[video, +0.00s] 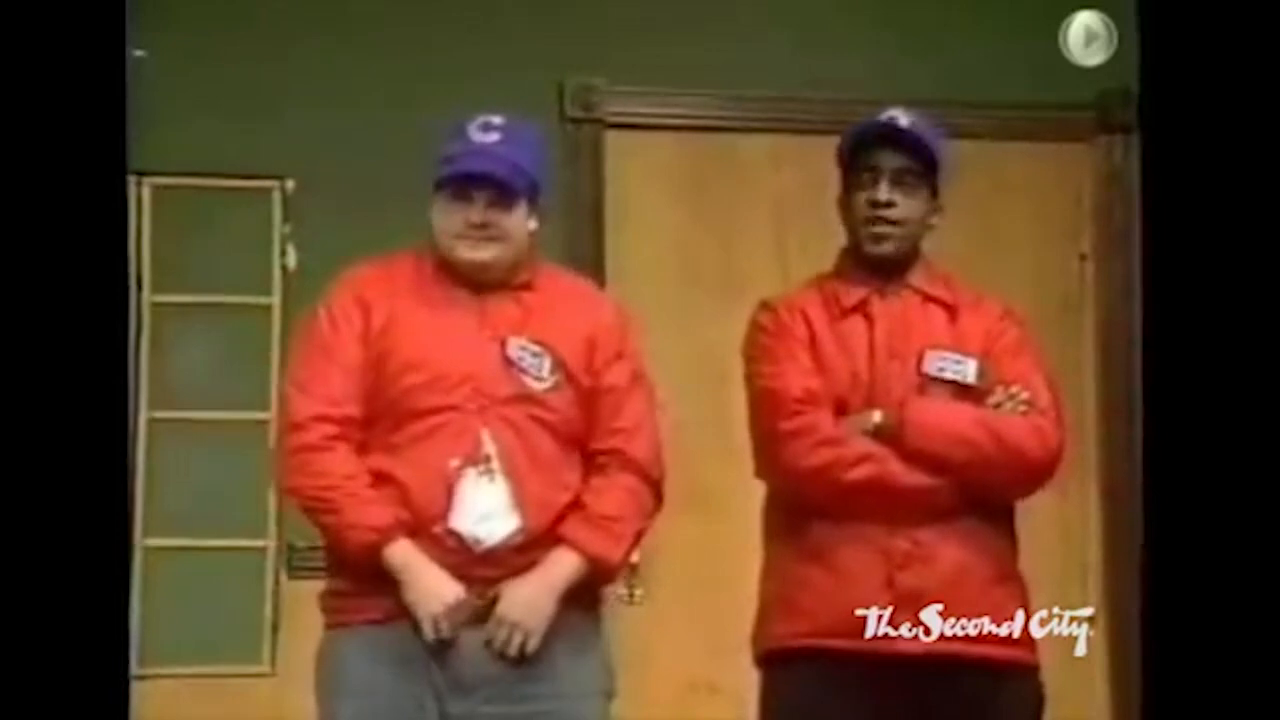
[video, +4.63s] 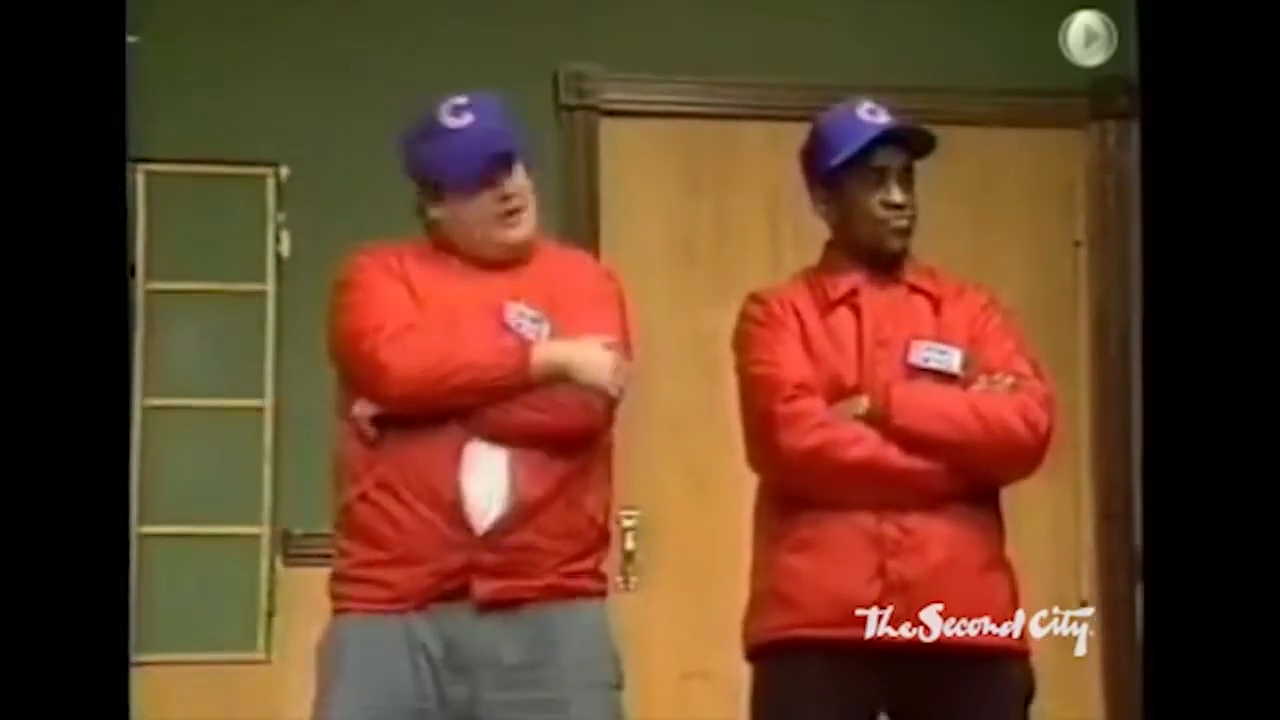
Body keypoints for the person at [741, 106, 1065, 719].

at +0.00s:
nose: (881, 198)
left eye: (904, 183)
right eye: (866, 181)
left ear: (933, 207)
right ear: (841, 201)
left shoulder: (989, 322)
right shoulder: (788, 319)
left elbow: (1035, 448)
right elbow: (797, 459)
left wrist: (891, 423)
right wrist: (973, 462)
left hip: (974, 646)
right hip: (825, 646)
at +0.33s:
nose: (877, 194)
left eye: (901, 179)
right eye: (863, 177)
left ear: (933, 204)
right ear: (842, 197)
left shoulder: (990, 321)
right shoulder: (788, 317)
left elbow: (1035, 458)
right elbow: (796, 457)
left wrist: (905, 411)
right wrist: (968, 470)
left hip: (974, 648)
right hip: (823, 646)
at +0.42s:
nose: (872, 188)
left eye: (896, 172)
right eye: (859, 171)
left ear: (932, 196)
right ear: (840, 191)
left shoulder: (993, 317)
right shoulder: (787, 318)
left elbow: (1023, 462)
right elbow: (785, 459)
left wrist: (965, 364)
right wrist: (948, 463)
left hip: (972, 647)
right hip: (823, 648)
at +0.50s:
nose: (863, 186)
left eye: (888, 170)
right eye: (853, 170)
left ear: (932, 193)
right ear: (838, 187)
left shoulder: (986, 305)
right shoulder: (787, 316)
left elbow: (1014, 444)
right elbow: (780, 459)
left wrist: (952, 323)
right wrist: (940, 456)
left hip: (973, 644)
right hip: (822, 648)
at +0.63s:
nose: (848, 194)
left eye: (872, 177)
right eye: (844, 178)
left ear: (930, 199)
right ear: (835, 190)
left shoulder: (999, 309)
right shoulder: (797, 313)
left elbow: (1001, 438)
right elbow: (783, 462)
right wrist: (948, 449)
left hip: (975, 649)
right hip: (824, 651)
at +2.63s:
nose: (885, 191)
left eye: (894, 173)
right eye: (858, 177)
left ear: (909, 187)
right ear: (816, 200)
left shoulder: (969, 307)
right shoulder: (776, 315)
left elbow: (1027, 437)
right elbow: (793, 457)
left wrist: (880, 418)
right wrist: (968, 466)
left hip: (966, 642)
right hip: (817, 645)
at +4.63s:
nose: (898, 197)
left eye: (906, 179)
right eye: (875, 179)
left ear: (917, 189)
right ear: (826, 195)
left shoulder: (970, 306)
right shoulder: (777, 311)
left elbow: (1024, 430)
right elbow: (791, 445)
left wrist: (880, 408)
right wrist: (965, 458)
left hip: (966, 634)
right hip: (816, 637)